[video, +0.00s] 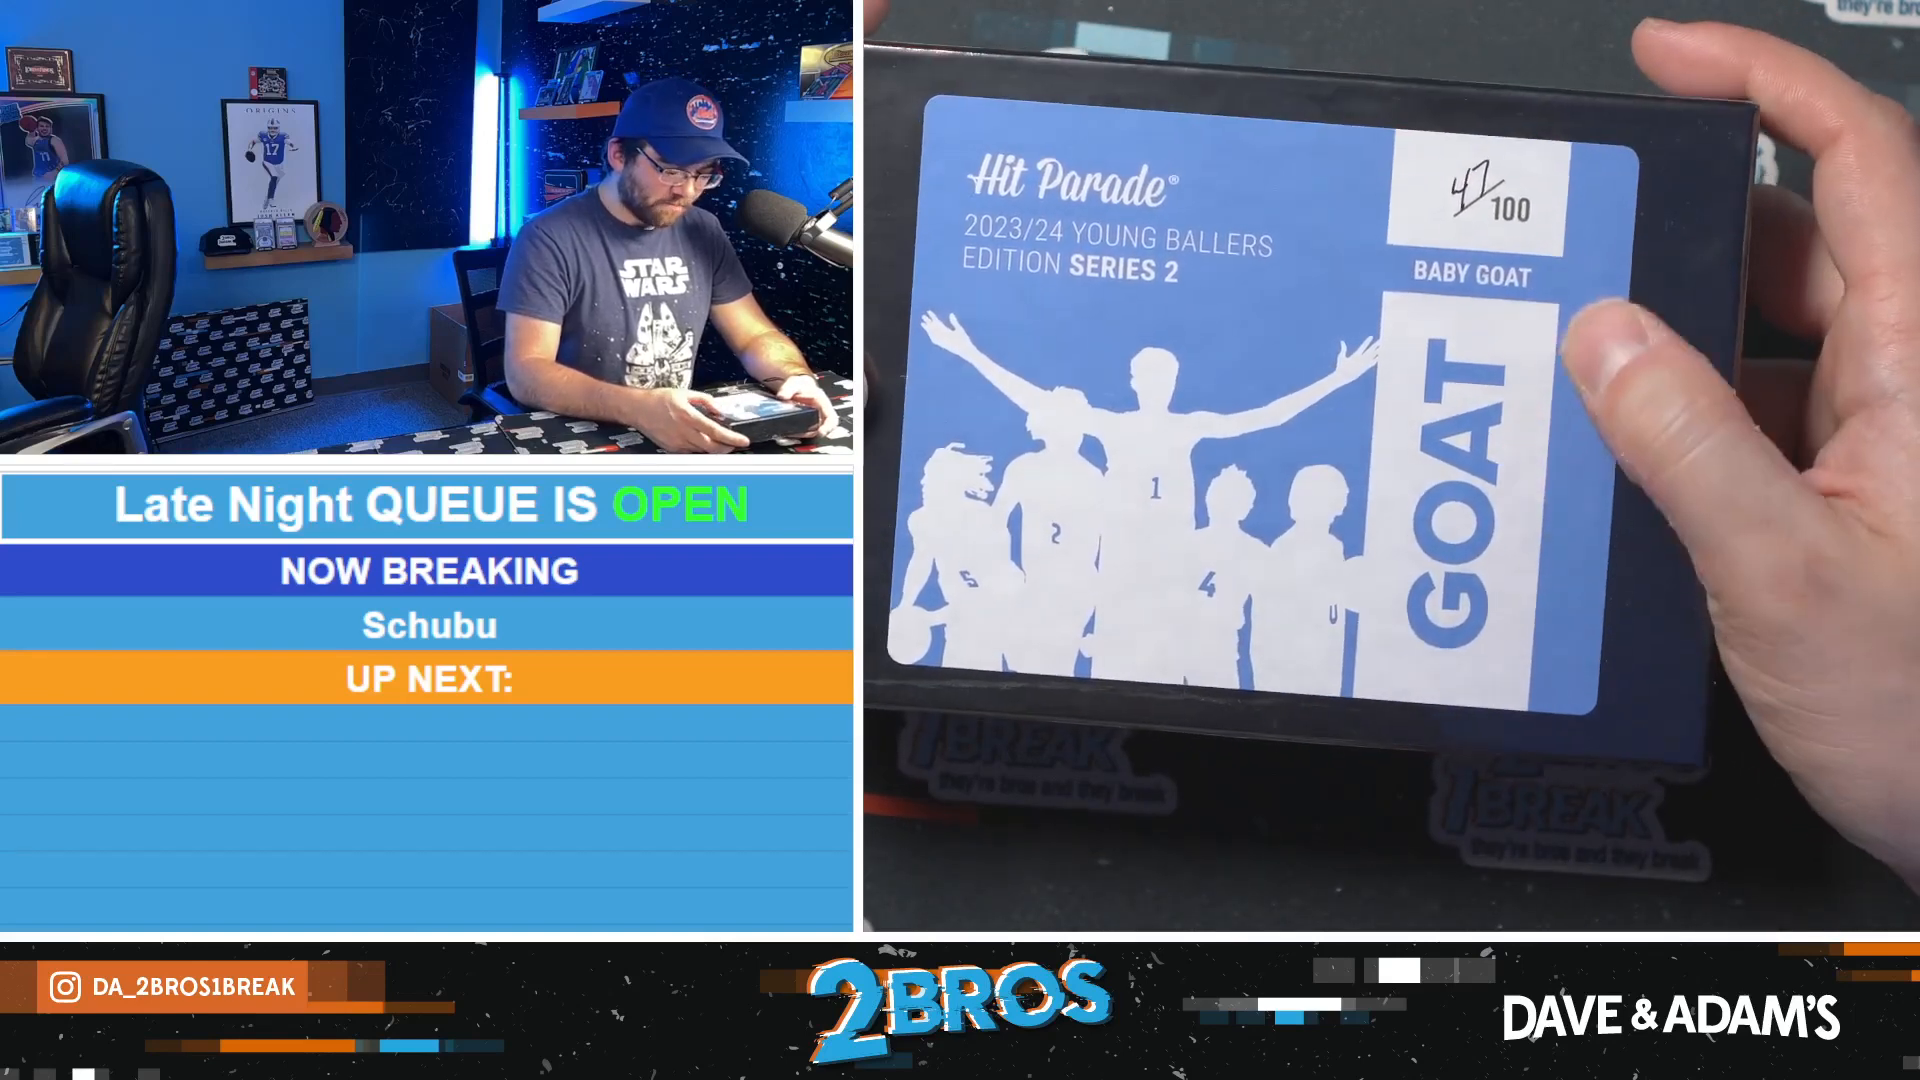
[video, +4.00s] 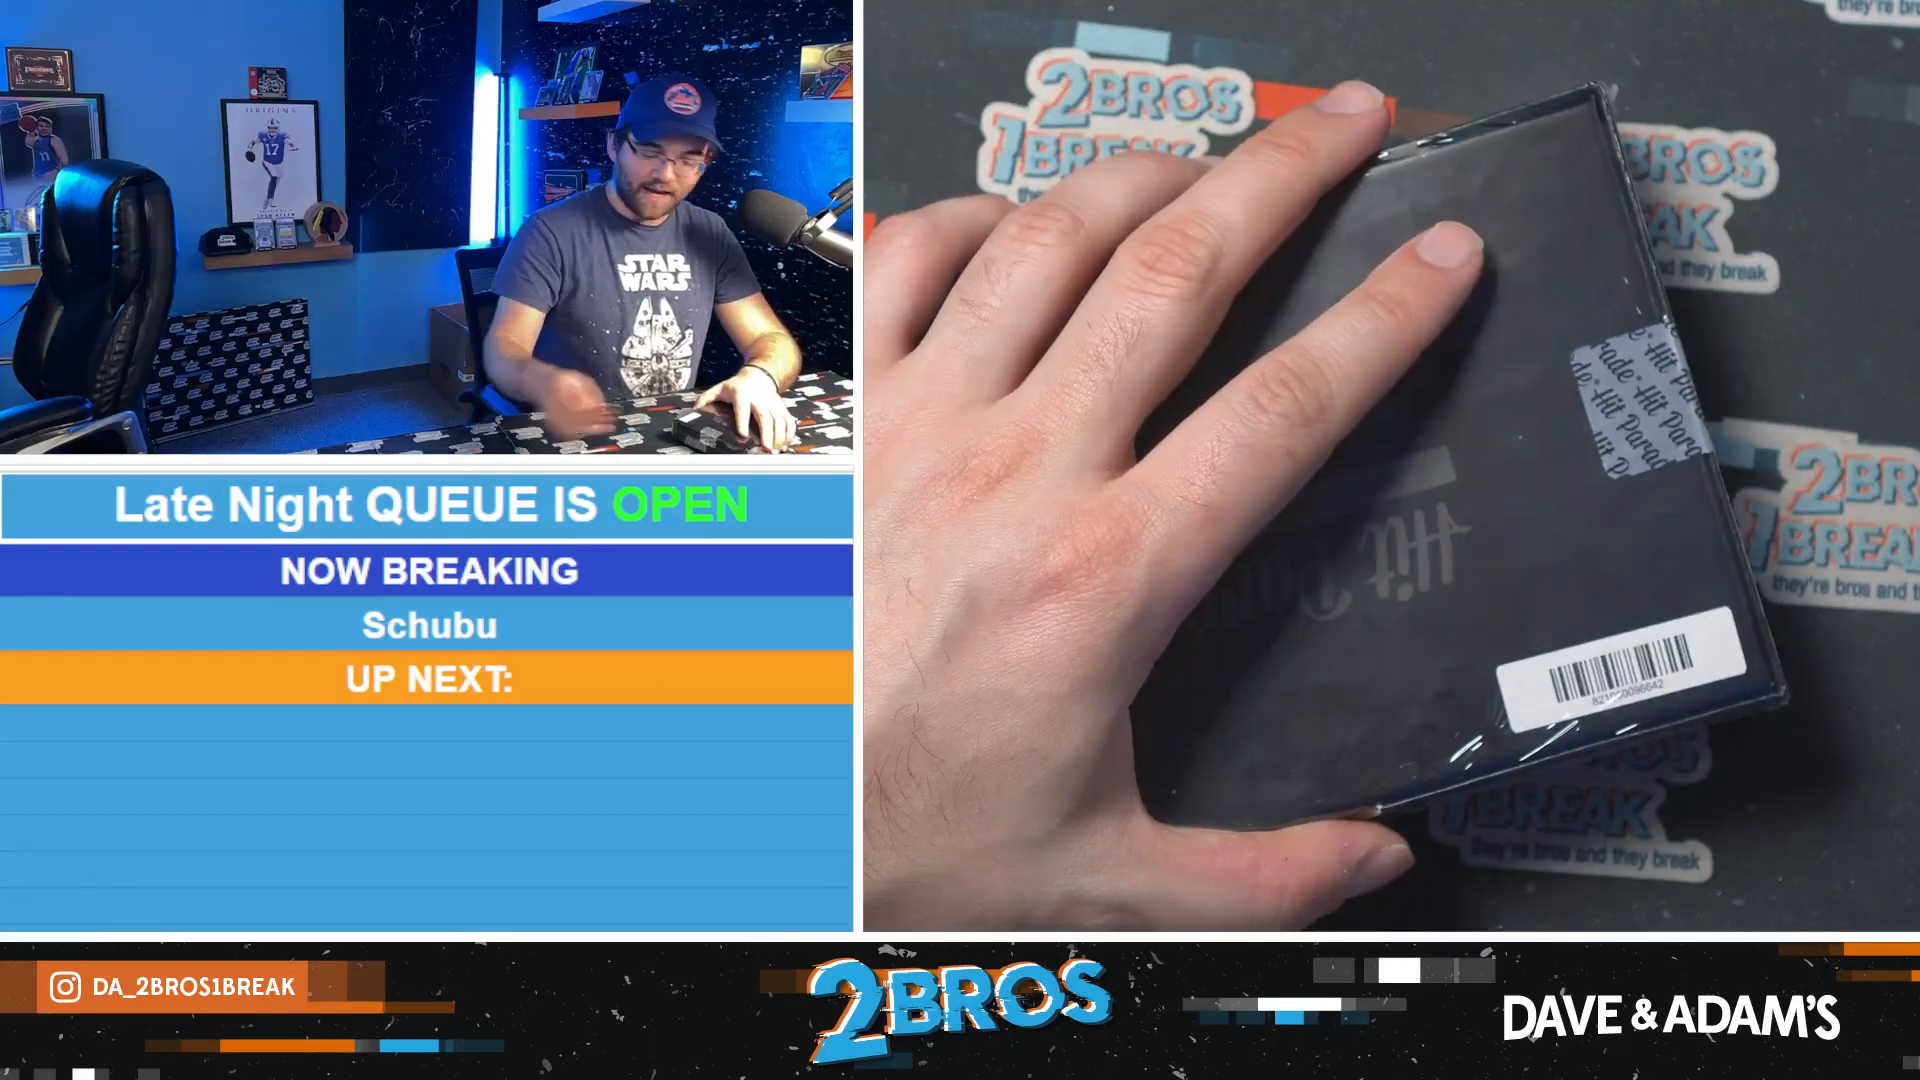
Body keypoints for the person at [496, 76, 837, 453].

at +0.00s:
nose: (688, 190)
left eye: (703, 173)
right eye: (671, 169)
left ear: (715, 170)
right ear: (618, 156)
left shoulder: (702, 232)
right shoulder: (553, 237)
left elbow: (756, 335)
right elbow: (528, 373)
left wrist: (795, 375)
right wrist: (640, 407)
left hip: (681, 458)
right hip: (577, 464)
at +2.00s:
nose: (684, 174)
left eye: (698, 158)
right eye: (666, 152)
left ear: (709, 162)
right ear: (615, 148)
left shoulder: (704, 231)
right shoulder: (550, 237)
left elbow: (758, 335)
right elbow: (523, 372)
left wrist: (781, 371)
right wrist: (649, 394)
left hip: (686, 455)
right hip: (580, 459)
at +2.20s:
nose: (659, 160)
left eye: (679, 145)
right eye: (642, 140)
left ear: (695, 157)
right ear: (605, 144)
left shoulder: (705, 231)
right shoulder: (552, 238)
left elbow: (757, 334)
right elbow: (523, 373)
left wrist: (793, 372)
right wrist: (612, 384)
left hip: (683, 449)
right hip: (577, 458)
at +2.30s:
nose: (648, 156)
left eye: (670, 141)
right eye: (631, 137)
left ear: (691, 155)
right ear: (602, 144)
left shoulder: (704, 230)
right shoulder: (548, 237)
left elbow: (762, 331)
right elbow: (515, 365)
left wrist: (795, 367)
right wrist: (565, 389)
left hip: (683, 456)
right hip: (580, 464)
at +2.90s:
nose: (604, 151)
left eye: (629, 137)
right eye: (599, 135)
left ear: (680, 153)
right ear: (590, 138)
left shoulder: (709, 233)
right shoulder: (551, 232)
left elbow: (775, 340)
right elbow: (520, 348)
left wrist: (753, 371)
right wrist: (535, 435)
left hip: (682, 448)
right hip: (582, 452)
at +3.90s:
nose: (652, 169)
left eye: (675, 154)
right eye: (637, 147)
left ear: (701, 160)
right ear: (613, 145)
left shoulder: (708, 236)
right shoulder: (552, 235)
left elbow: (771, 341)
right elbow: (503, 344)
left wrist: (760, 376)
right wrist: (509, 401)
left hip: (677, 456)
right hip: (570, 456)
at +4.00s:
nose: (665, 176)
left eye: (687, 161)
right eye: (650, 153)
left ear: (703, 167)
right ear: (614, 145)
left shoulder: (708, 235)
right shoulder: (550, 235)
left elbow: (771, 341)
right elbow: (501, 351)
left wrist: (759, 376)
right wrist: (548, 386)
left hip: (678, 457)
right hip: (575, 463)